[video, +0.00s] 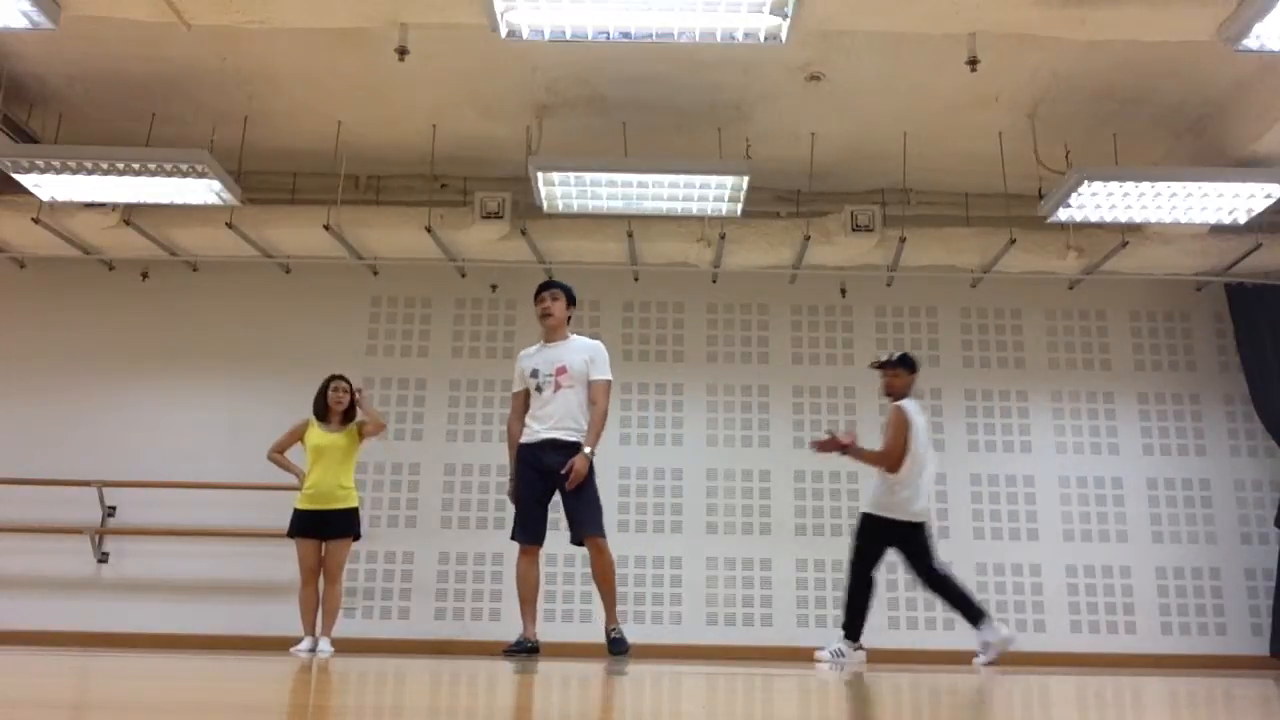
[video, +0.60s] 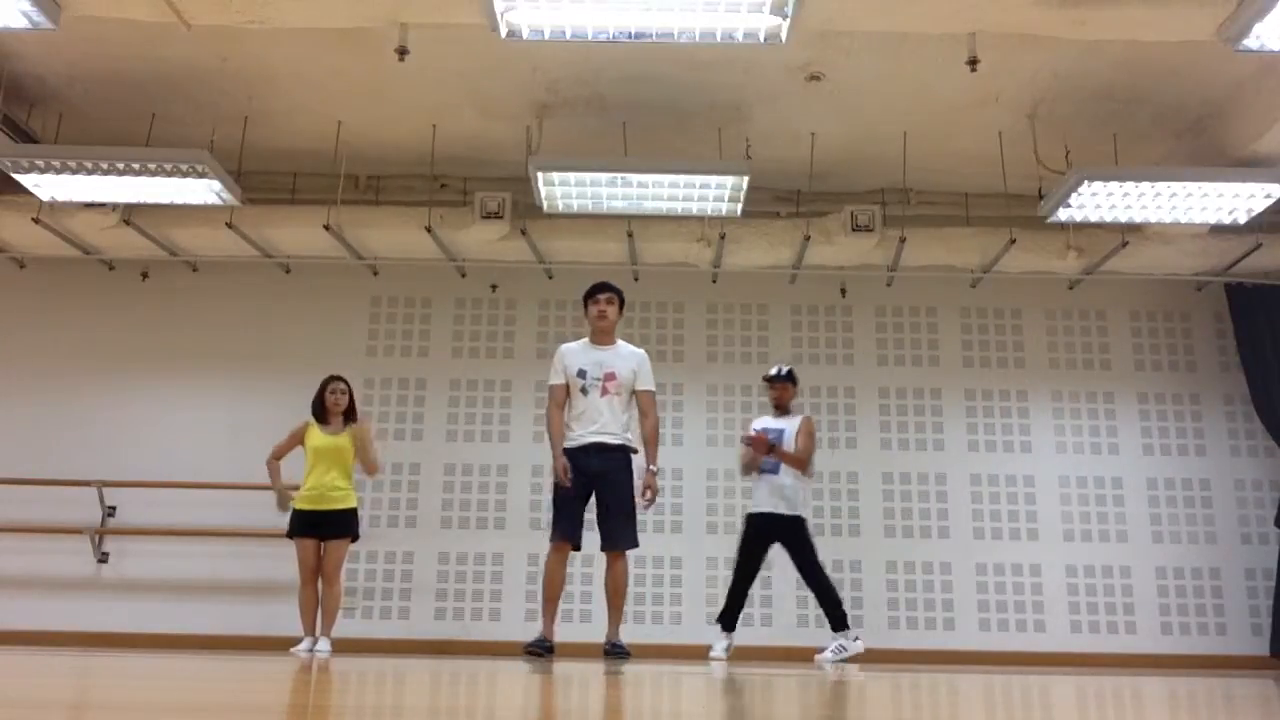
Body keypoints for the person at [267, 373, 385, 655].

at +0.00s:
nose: (339, 395)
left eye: (344, 392)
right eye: (335, 391)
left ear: (350, 399)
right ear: (324, 395)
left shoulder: (355, 429)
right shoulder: (309, 426)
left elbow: (379, 426)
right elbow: (273, 453)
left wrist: (362, 403)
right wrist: (298, 472)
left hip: (342, 506)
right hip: (309, 505)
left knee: (333, 576)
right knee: (309, 575)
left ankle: (325, 638)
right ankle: (308, 636)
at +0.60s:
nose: (337, 397)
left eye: (342, 393)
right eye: (332, 392)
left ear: (349, 398)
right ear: (322, 396)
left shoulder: (356, 431)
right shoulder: (308, 429)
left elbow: (371, 469)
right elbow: (273, 459)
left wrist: (362, 437)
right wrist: (279, 491)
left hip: (340, 507)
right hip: (307, 506)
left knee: (330, 575)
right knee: (308, 575)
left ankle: (325, 637)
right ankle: (308, 636)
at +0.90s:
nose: (336, 396)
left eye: (342, 391)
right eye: (332, 391)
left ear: (350, 397)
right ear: (323, 396)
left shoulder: (360, 428)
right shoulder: (308, 431)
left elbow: (370, 466)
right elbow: (297, 471)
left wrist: (338, 474)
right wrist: (299, 503)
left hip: (341, 509)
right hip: (309, 509)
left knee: (334, 574)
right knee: (308, 575)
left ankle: (328, 637)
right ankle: (309, 636)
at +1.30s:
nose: (337, 396)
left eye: (342, 392)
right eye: (332, 392)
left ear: (351, 398)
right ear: (324, 397)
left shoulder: (362, 430)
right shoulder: (310, 433)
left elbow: (374, 470)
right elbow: (301, 475)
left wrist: (365, 503)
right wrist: (290, 509)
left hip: (343, 508)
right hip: (309, 508)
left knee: (335, 577)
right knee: (310, 577)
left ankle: (328, 637)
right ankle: (310, 636)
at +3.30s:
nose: (336, 398)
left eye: (341, 394)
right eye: (332, 394)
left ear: (351, 400)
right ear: (324, 399)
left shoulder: (361, 431)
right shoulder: (309, 432)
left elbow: (367, 472)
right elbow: (298, 473)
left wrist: (360, 508)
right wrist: (291, 508)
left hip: (342, 509)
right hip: (309, 507)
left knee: (332, 576)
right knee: (310, 575)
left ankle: (326, 637)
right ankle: (311, 636)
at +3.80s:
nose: (337, 403)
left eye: (343, 399)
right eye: (333, 399)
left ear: (352, 405)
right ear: (325, 404)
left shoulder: (360, 437)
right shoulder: (309, 433)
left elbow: (364, 474)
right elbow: (293, 467)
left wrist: (369, 507)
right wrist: (299, 502)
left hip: (347, 512)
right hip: (315, 513)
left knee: (338, 578)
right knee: (316, 577)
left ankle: (328, 637)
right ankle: (314, 636)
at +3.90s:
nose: (337, 404)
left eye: (342, 400)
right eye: (333, 399)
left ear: (352, 406)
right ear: (325, 404)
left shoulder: (360, 435)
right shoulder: (313, 431)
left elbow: (374, 468)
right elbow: (290, 448)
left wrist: (397, 469)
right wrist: (298, 446)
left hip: (342, 513)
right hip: (311, 513)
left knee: (333, 576)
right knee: (297, 567)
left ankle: (326, 637)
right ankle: (306, 631)